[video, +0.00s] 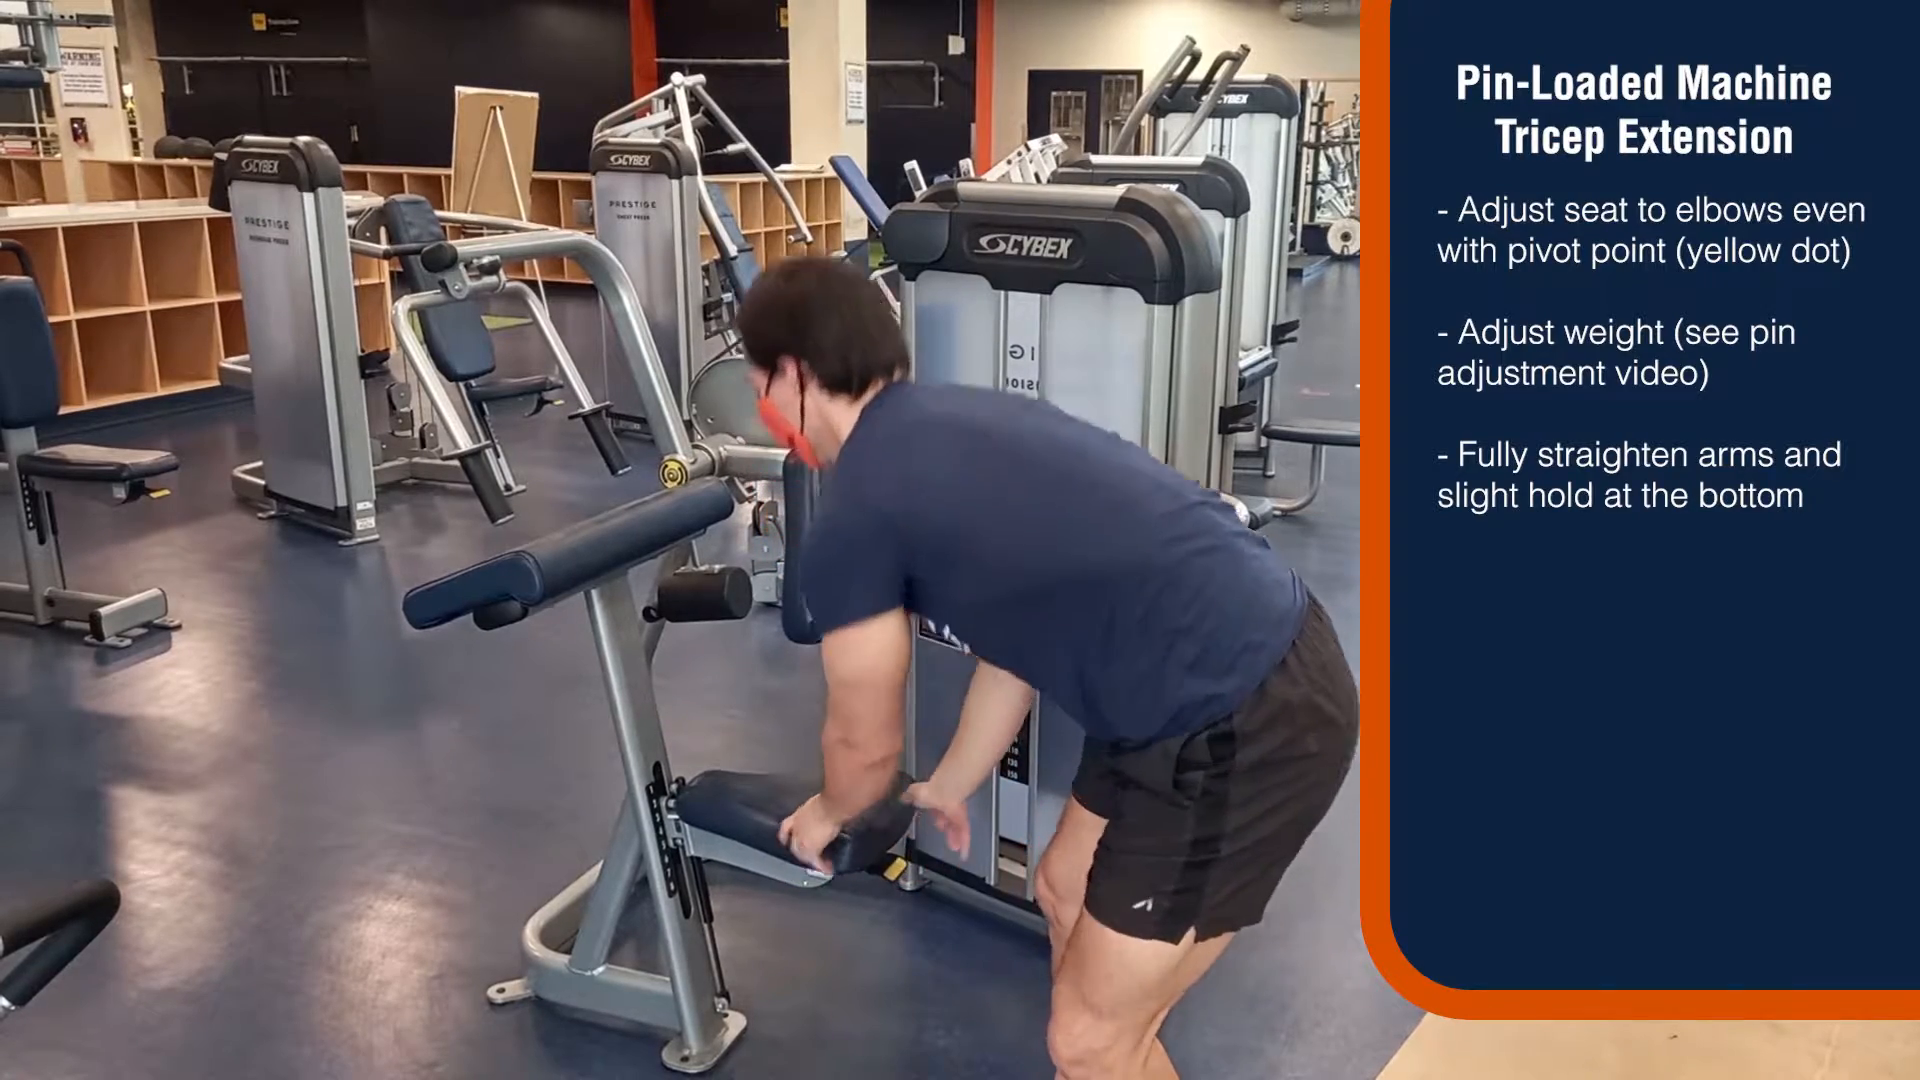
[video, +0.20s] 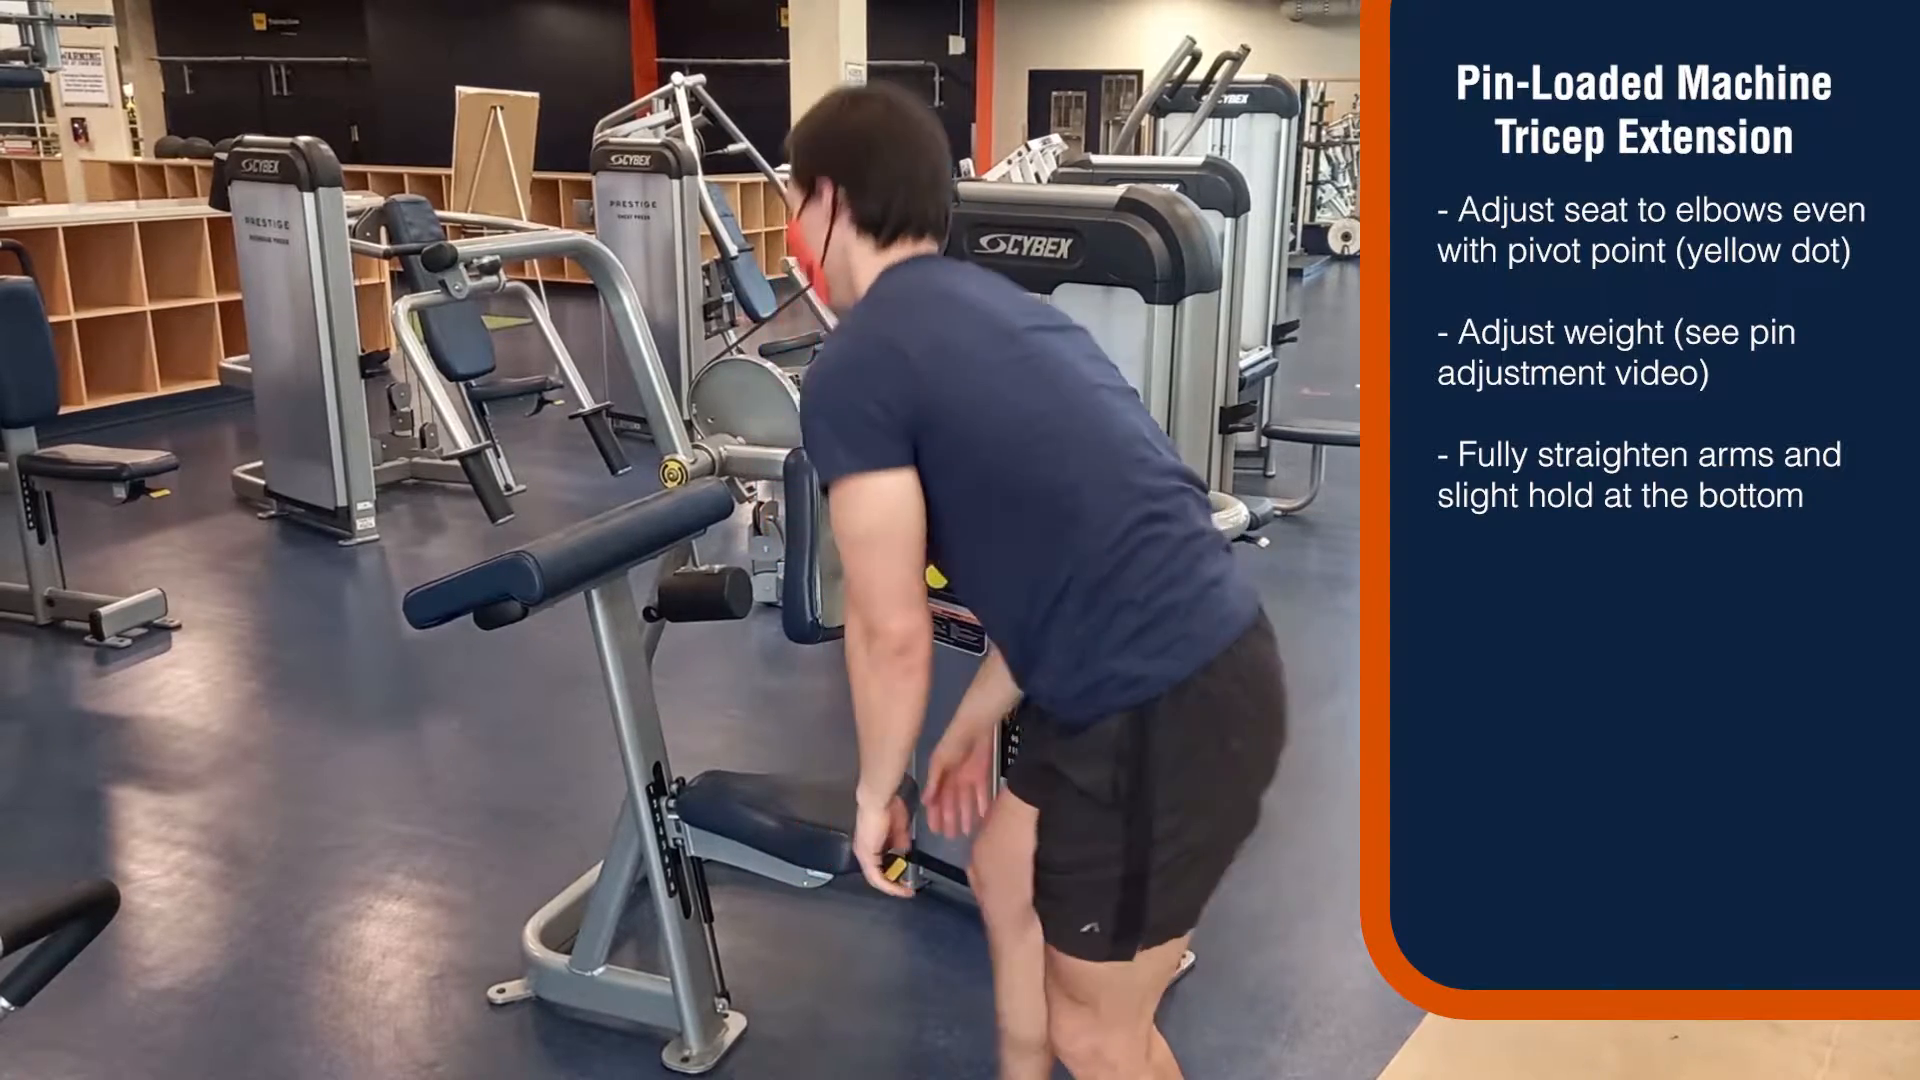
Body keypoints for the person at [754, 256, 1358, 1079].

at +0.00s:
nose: (763, 405)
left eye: (761, 381)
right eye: (759, 383)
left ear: (794, 377)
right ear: (882, 352)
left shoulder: (860, 498)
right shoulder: (958, 418)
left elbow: (866, 743)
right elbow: (1026, 626)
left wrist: (833, 812)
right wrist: (948, 785)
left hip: (1234, 712)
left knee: (1095, 1044)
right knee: (1067, 894)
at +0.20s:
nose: (792, 237)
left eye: (794, 206)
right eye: (791, 207)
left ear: (827, 205)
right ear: (929, 198)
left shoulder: (862, 358)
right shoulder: (1004, 306)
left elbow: (891, 628)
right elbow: (1083, 540)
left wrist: (876, 793)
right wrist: (977, 716)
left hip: (1160, 693)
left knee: (1100, 1037)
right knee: (1008, 875)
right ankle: (1026, 1072)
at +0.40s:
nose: (817, 126)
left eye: (818, 102)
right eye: (820, 103)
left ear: (839, 108)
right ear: (957, 116)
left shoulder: (827, 272)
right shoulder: (1037, 263)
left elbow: (856, 548)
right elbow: (1070, 482)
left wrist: (852, 762)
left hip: (1013, 690)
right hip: (1101, 646)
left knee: (1078, 1015)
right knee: (943, 909)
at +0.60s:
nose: (802, 90)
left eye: (804, 67)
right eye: (805, 67)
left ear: (822, 71)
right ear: (941, 88)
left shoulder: (799, 226)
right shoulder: (1008, 227)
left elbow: (758, 497)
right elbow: (1042, 441)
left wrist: (672, 691)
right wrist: (896, 434)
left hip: (895, 655)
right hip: (1014, 622)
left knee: (831, 957)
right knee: (914, 920)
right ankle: (936, 1076)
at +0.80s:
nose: (753, 90)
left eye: (755, 66)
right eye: (759, 69)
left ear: (768, 62)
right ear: (886, 78)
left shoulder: (728, 215)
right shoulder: (965, 219)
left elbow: (665, 475)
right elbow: (1002, 427)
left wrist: (566, 566)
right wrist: (861, 431)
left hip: (799, 640)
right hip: (949, 622)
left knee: (707, 898)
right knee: (902, 907)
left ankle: (707, 1073)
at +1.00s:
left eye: (667, 76)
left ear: (670, 84)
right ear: (793, 93)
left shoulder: (598, 233)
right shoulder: (877, 226)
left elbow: (549, 489)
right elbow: (951, 429)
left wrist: (525, 504)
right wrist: (834, 457)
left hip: (693, 646)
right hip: (862, 631)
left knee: (632, 908)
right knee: (879, 917)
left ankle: (597, 1071)